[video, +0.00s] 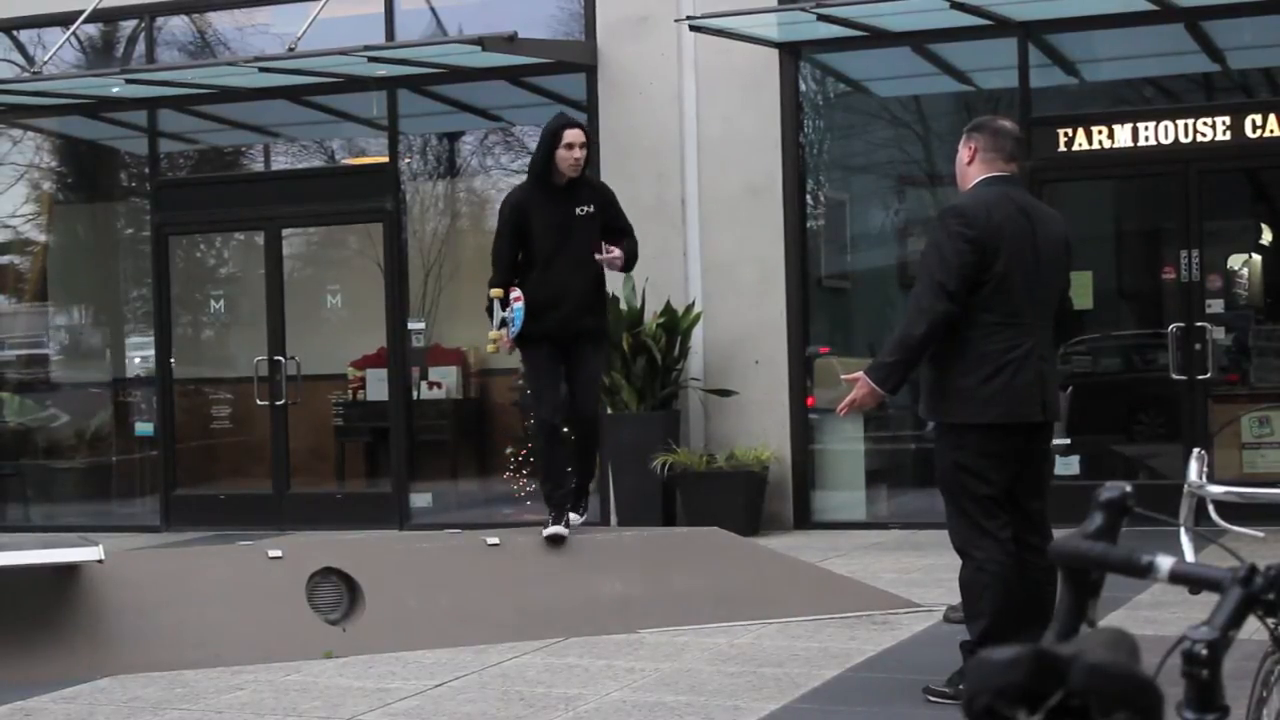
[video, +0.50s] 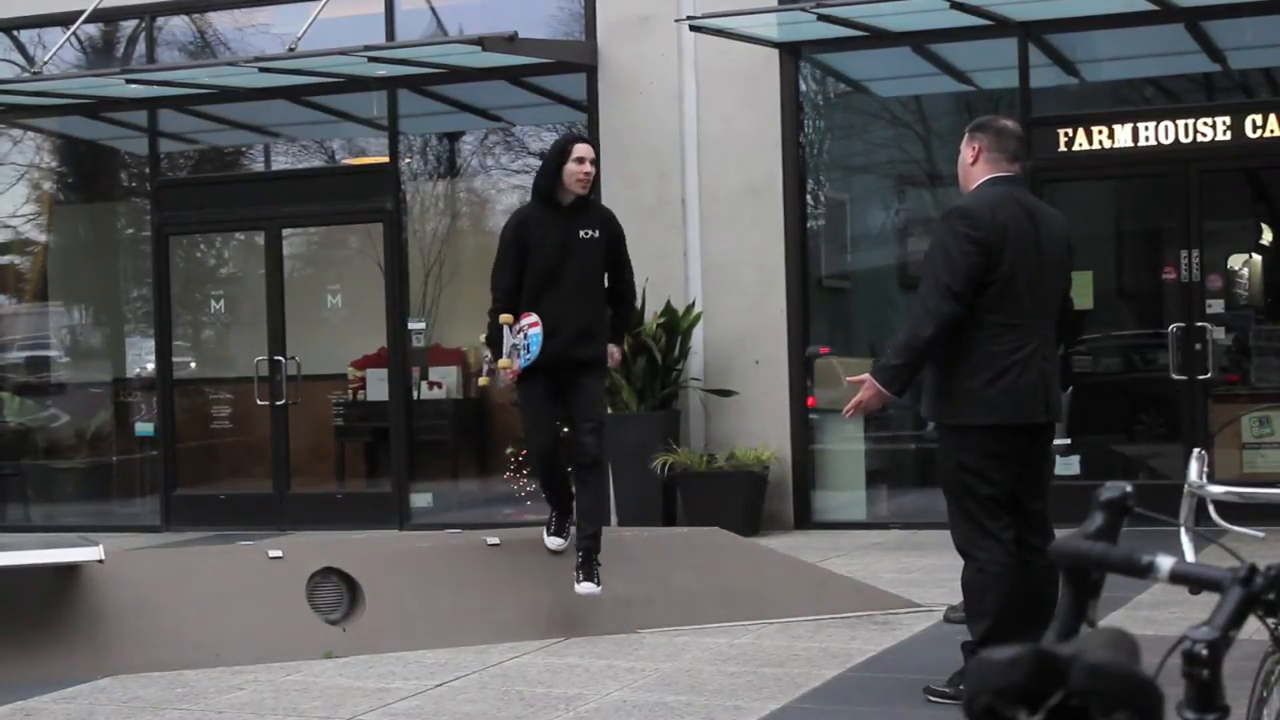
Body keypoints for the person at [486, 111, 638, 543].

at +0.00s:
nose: (577, 155)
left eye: (582, 147)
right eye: (569, 147)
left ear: (587, 152)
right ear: (550, 151)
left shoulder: (597, 194)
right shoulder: (520, 202)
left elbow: (626, 243)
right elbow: (502, 268)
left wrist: (620, 259)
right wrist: (499, 318)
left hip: (588, 323)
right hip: (539, 326)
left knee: (587, 413)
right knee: (548, 416)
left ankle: (581, 493)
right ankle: (557, 511)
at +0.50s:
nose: (587, 169)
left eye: (591, 162)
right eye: (578, 161)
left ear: (594, 170)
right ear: (555, 166)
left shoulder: (603, 221)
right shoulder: (523, 223)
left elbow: (623, 286)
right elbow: (503, 292)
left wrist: (616, 338)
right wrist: (501, 353)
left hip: (588, 356)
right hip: (535, 357)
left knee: (588, 452)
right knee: (542, 448)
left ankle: (589, 558)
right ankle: (559, 508)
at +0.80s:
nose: (605, 232)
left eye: (609, 226)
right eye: (597, 224)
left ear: (612, 236)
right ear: (573, 228)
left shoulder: (617, 292)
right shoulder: (536, 287)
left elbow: (638, 353)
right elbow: (512, 353)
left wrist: (638, 395)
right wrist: (504, 414)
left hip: (603, 424)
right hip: (546, 424)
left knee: (601, 525)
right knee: (544, 524)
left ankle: (591, 618)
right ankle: (555, 538)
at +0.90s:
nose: (604, 222)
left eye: (609, 215)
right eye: (596, 213)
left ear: (611, 225)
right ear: (572, 217)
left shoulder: (618, 279)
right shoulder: (533, 275)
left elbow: (642, 337)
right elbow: (510, 346)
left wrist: (633, 362)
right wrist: (508, 409)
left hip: (605, 419)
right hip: (548, 420)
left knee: (601, 521)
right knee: (551, 515)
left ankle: (591, 614)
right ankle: (550, 600)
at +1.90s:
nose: (642, 217)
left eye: (639, 207)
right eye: (634, 208)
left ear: (615, 213)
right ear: (607, 213)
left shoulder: (624, 275)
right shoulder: (560, 268)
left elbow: (631, 344)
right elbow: (545, 353)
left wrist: (655, 358)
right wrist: (569, 420)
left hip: (634, 428)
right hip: (584, 430)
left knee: (631, 549)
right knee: (595, 542)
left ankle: (618, 664)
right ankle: (564, 644)